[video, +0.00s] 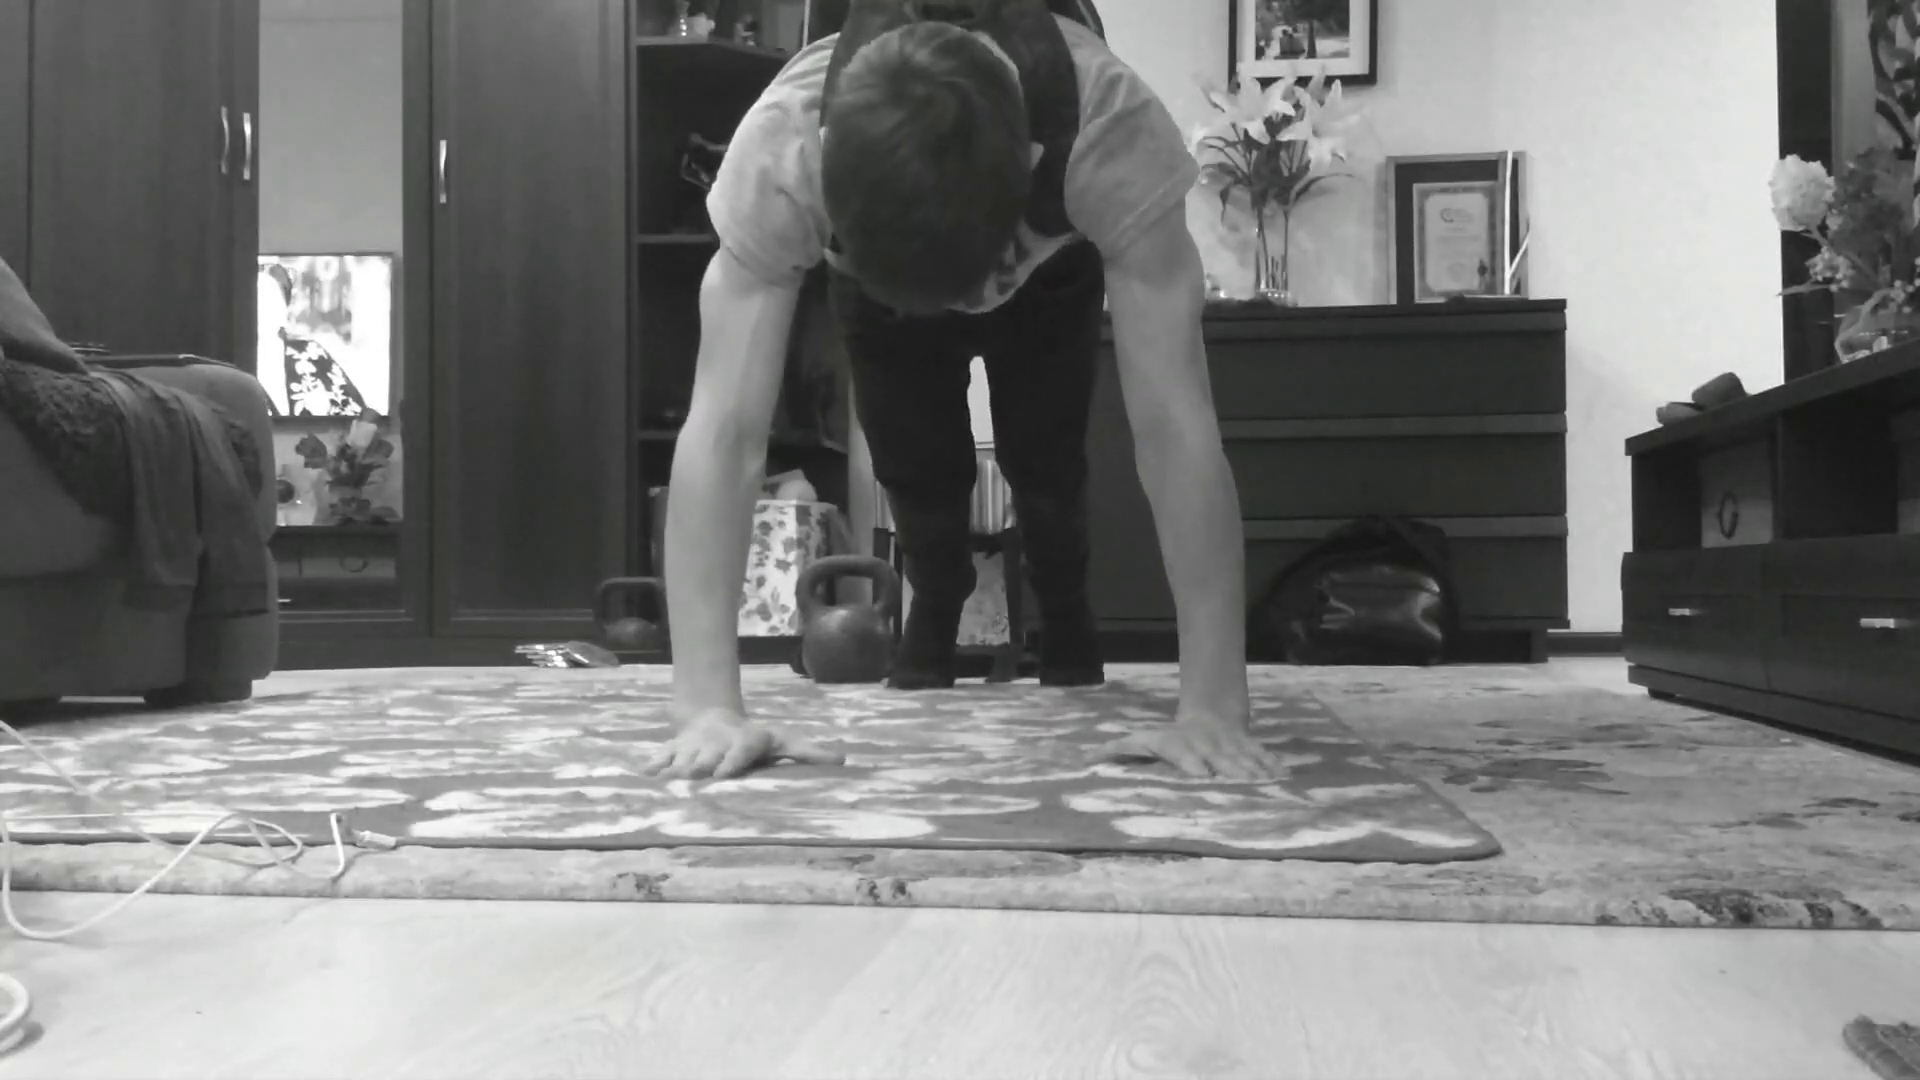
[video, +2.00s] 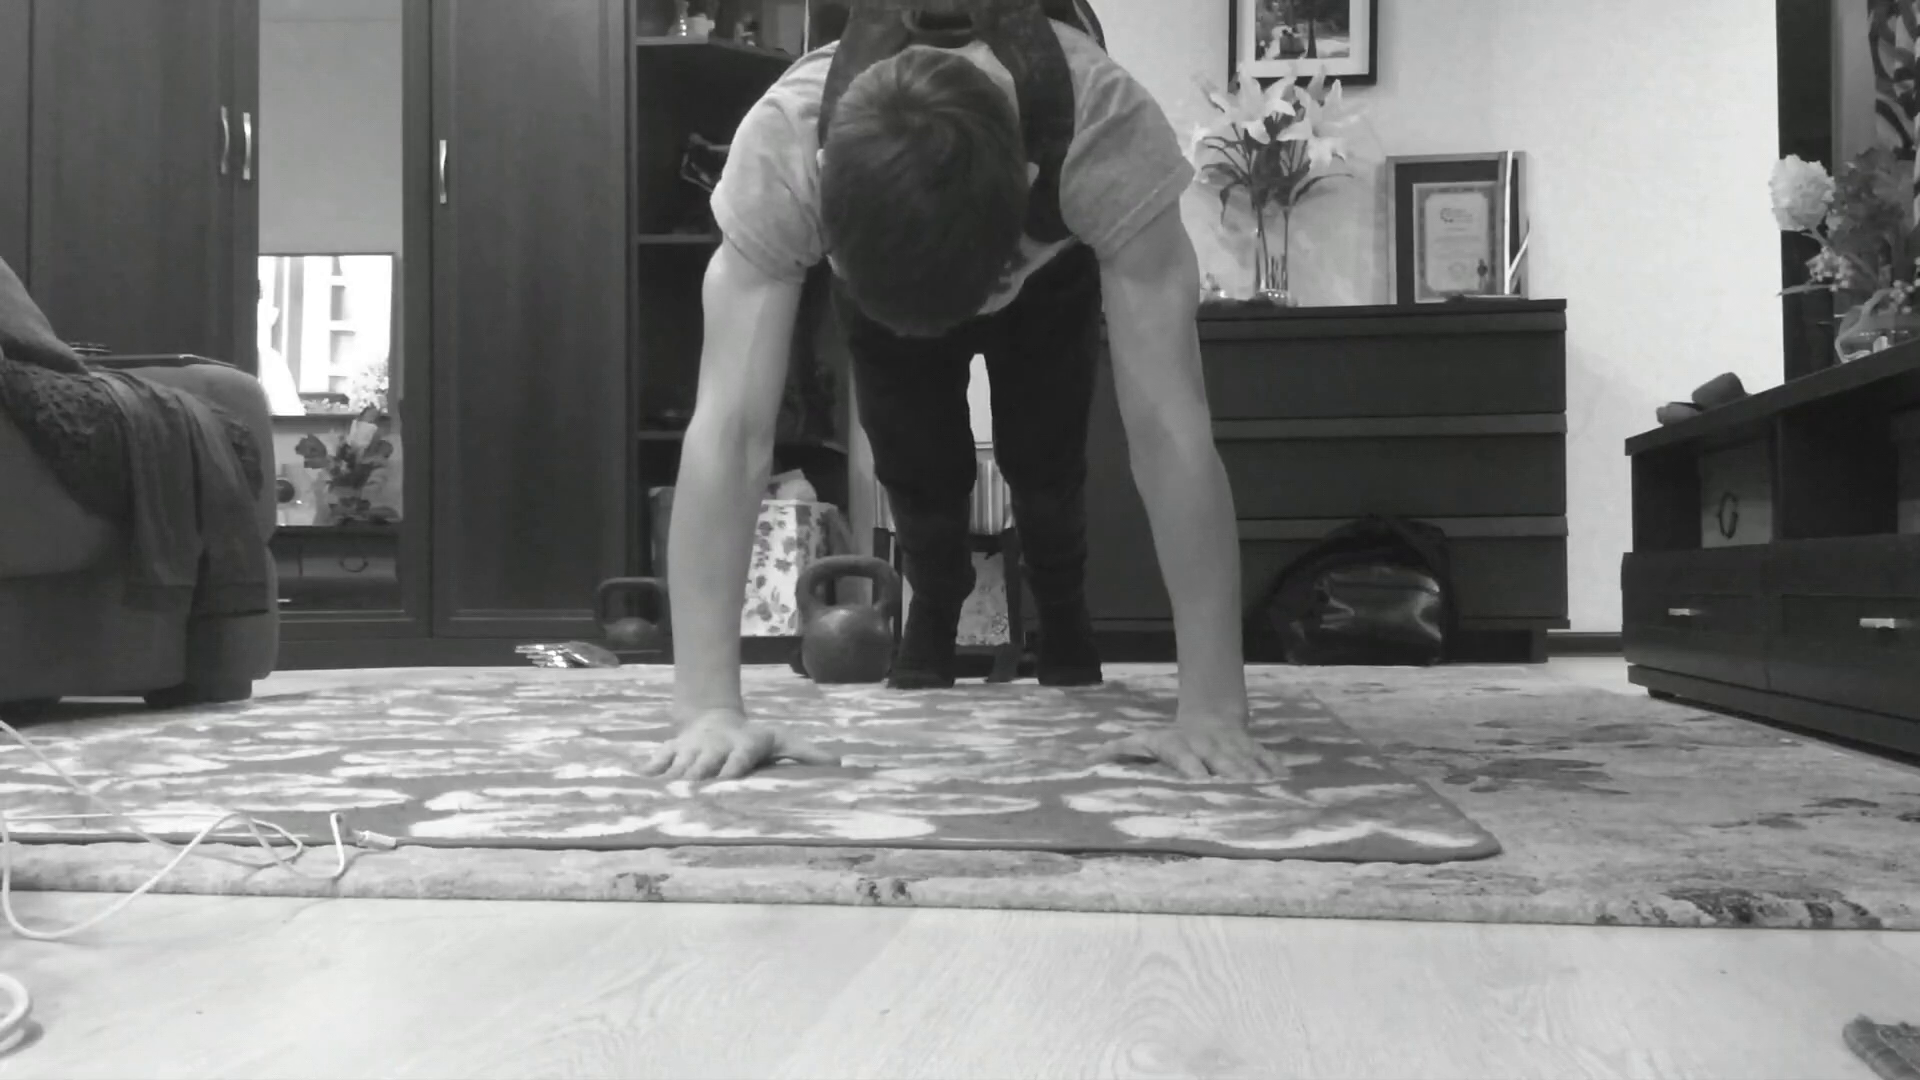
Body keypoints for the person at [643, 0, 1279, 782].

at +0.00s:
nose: (946, 318)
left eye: (971, 288)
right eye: (906, 298)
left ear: (1030, 181)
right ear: (832, 200)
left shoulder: (1127, 151)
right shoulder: (776, 167)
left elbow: (1178, 434)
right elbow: (722, 435)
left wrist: (1214, 711)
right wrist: (708, 709)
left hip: (1050, 254)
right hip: (874, 264)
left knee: (1046, 475)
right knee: (917, 479)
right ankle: (933, 607)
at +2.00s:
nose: (934, 335)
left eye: (970, 300)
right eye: (896, 319)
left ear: (1025, 200)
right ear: (831, 204)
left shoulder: (1119, 149)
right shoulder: (778, 159)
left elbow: (1173, 436)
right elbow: (727, 433)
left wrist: (1213, 710)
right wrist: (709, 709)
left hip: (1047, 255)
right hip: (873, 265)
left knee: (1045, 475)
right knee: (917, 480)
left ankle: (1061, 642)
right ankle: (930, 626)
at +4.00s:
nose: (934, 326)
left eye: (965, 288)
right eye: (894, 309)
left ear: (1025, 176)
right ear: (821, 176)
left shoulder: (1115, 146)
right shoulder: (767, 156)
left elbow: (1181, 432)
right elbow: (713, 433)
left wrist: (1214, 712)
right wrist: (708, 709)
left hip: (1045, 261)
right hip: (869, 274)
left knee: (1042, 471)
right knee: (910, 477)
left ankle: (1060, 623)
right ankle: (933, 601)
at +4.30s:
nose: (932, 246)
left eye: (957, 208)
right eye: (893, 215)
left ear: (1021, 122)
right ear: (834, 145)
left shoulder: (1113, 144)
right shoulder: (775, 156)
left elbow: (1176, 436)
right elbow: (721, 436)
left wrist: (1216, 714)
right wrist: (707, 709)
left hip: (1044, 273)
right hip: (874, 282)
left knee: (1034, 485)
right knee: (908, 488)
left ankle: (1043, 645)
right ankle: (929, 608)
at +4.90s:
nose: (912, 141)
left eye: (952, 96)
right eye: (872, 95)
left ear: (1022, 49)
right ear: (832, 57)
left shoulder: (1106, 132)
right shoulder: (782, 142)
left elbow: (1173, 436)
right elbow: (723, 432)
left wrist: (1214, 710)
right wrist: (710, 710)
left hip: (1045, 324)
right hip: (883, 331)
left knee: (1050, 515)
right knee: (905, 525)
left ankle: (1069, 692)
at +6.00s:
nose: (915, 182)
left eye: (950, 144)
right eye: (876, 144)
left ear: (1012, 78)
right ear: (831, 93)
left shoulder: (1103, 142)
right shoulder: (774, 147)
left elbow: (1193, 431)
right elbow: (719, 438)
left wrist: (1215, 712)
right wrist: (710, 708)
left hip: (1047, 338)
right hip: (876, 343)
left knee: (1049, 524)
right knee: (901, 525)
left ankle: (1069, 667)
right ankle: (914, 613)